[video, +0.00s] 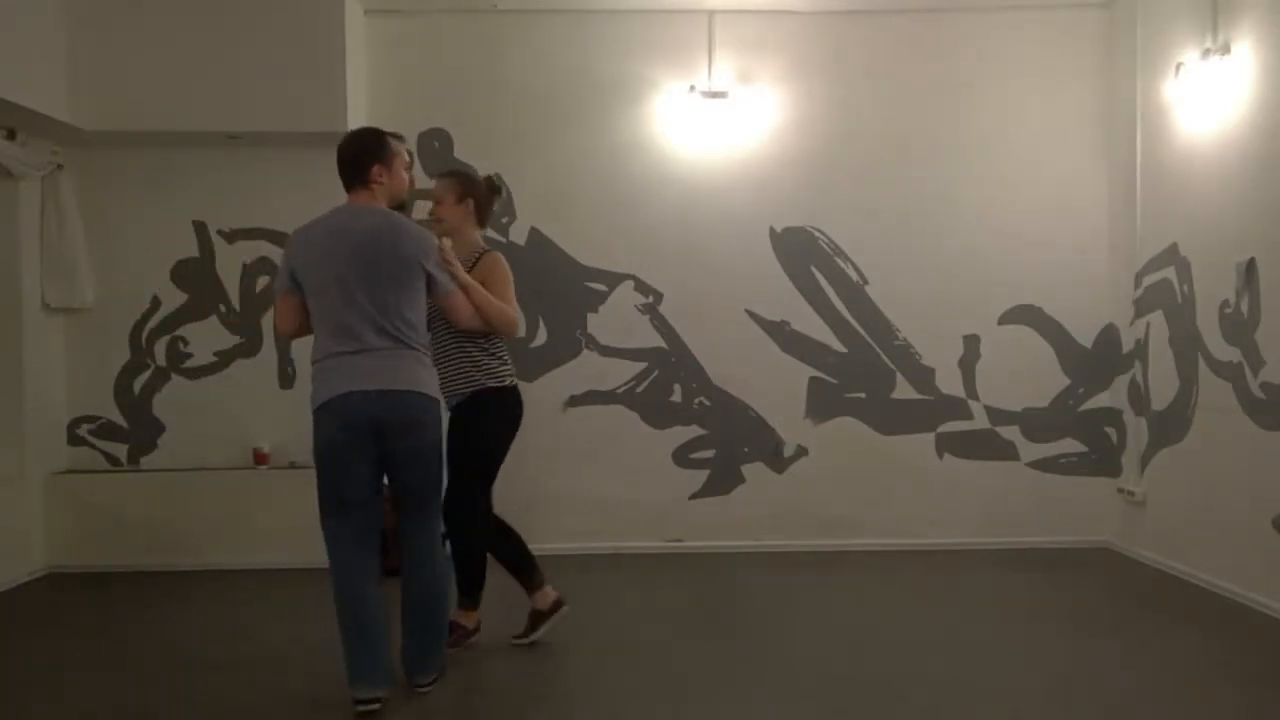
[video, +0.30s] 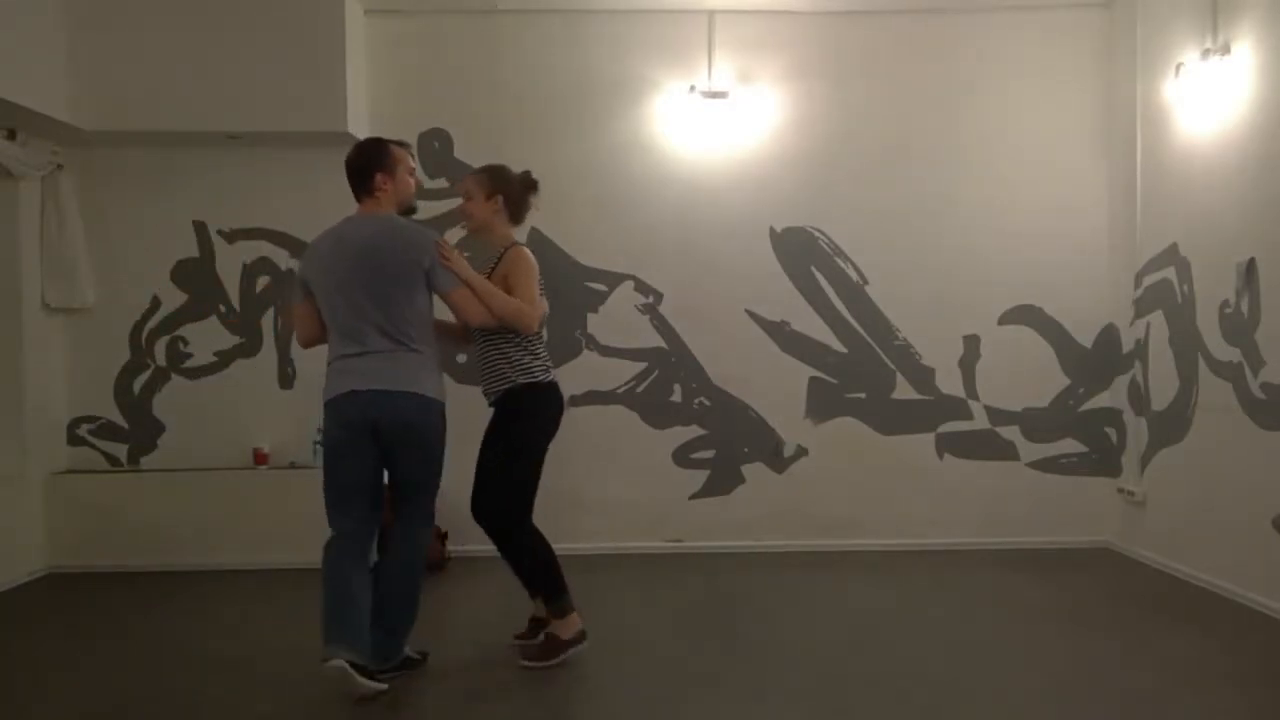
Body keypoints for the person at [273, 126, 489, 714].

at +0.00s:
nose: (411, 176)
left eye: (408, 166)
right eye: (404, 166)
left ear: (352, 177)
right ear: (379, 173)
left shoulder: (304, 238)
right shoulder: (412, 235)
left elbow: (287, 325)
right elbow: (463, 316)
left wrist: (339, 306)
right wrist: (436, 281)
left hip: (339, 401)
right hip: (412, 398)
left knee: (349, 534)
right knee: (422, 528)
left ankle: (366, 682)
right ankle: (425, 665)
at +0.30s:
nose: (418, 182)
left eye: (415, 172)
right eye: (410, 173)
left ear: (366, 185)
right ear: (382, 181)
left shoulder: (320, 249)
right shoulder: (419, 240)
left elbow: (307, 333)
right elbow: (476, 317)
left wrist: (358, 311)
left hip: (347, 401)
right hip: (415, 401)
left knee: (349, 526)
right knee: (412, 522)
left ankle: (342, 644)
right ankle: (387, 650)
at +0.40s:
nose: (424, 187)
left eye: (421, 178)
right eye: (415, 179)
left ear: (373, 192)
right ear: (387, 189)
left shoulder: (329, 249)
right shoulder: (420, 244)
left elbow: (315, 340)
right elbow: (474, 317)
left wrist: (369, 326)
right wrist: (522, 318)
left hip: (353, 405)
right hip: (417, 404)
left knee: (366, 515)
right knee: (411, 525)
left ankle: (331, 619)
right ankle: (384, 653)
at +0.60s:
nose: (440, 185)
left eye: (437, 175)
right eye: (431, 176)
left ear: (388, 188)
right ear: (403, 184)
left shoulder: (353, 246)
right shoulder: (418, 235)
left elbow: (340, 332)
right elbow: (454, 301)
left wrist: (407, 342)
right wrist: (530, 307)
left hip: (367, 390)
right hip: (416, 393)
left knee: (412, 502)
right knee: (418, 510)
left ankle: (412, 610)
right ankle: (385, 645)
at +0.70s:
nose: (450, 190)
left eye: (447, 181)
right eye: (442, 181)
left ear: (404, 195)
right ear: (415, 191)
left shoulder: (378, 246)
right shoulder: (422, 240)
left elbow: (367, 336)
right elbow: (439, 308)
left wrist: (447, 321)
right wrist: (520, 314)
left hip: (382, 395)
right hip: (418, 399)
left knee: (426, 509)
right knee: (423, 514)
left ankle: (453, 614)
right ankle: (383, 646)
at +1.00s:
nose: (461, 202)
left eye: (460, 191)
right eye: (454, 192)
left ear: (431, 195)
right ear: (435, 195)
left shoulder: (451, 248)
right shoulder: (421, 250)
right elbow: (412, 322)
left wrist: (505, 315)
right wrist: (467, 319)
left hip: (436, 393)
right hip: (415, 396)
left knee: (453, 499)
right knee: (439, 501)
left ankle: (457, 609)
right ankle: (388, 610)